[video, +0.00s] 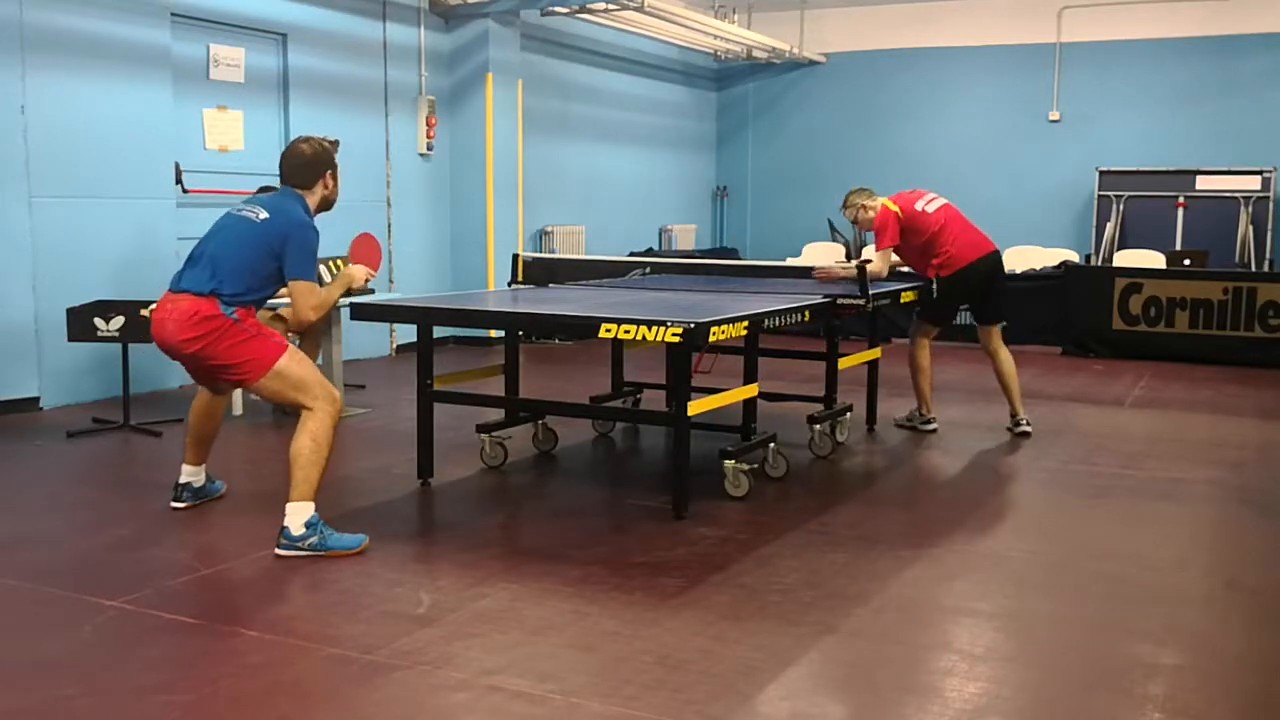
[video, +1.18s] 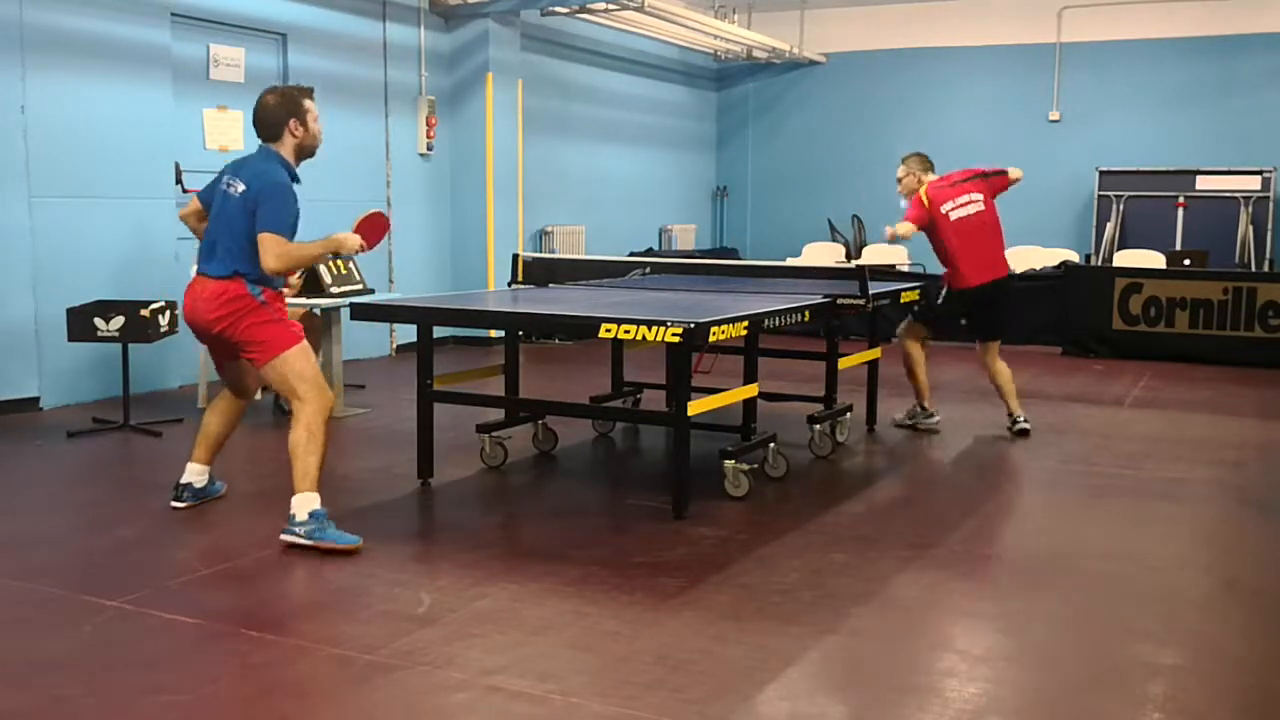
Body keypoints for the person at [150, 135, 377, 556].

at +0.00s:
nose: (338, 181)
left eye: (337, 173)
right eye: (337, 174)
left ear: (286, 177)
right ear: (325, 180)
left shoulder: (258, 202)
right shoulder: (298, 222)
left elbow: (234, 277)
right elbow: (305, 313)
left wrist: (274, 316)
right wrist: (347, 279)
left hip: (168, 315)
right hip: (207, 321)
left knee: (219, 382)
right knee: (323, 401)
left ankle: (190, 483)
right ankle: (300, 525)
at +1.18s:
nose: (320, 128)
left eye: (317, 119)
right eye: (315, 120)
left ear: (277, 130)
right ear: (295, 128)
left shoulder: (238, 167)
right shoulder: (276, 180)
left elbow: (191, 214)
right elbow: (274, 258)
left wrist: (233, 254)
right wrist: (331, 244)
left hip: (203, 297)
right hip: (239, 301)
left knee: (242, 386)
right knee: (314, 397)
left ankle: (193, 480)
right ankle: (306, 515)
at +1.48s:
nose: (337, 125)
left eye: (335, 116)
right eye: (331, 116)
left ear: (300, 123)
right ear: (307, 122)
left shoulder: (281, 162)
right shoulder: (280, 169)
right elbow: (250, 247)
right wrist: (316, 261)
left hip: (234, 290)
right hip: (251, 294)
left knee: (263, 381)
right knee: (341, 379)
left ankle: (201, 467)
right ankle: (310, 496)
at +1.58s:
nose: (344, 145)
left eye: (343, 135)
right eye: (339, 135)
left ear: (311, 141)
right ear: (313, 140)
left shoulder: (304, 186)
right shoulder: (272, 188)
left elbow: (291, 236)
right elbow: (221, 258)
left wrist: (334, 247)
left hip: (274, 298)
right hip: (248, 302)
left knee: (290, 364)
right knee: (342, 379)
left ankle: (219, 433)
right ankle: (313, 496)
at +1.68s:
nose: (348, 167)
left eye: (347, 158)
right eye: (342, 159)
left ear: (317, 165)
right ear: (316, 165)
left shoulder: (317, 205)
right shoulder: (265, 206)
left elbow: (334, 239)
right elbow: (194, 261)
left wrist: (373, 255)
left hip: (276, 308)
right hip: (243, 310)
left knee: (301, 384)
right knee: (330, 380)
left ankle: (263, 447)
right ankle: (311, 497)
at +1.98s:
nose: (346, 167)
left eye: (344, 159)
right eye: (338, 159)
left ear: (314, 165)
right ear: (308, 163)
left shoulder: (328, 207)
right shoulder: (258, 206)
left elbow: (351, 231)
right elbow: (207, 255)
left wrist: (379, 248)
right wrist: (193, 288)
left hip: (272, 299)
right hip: (234, 295)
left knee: (310, 368)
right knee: (281, 375)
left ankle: (265, 449)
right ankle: (290, 486)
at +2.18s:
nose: (325, 152)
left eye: (325, 144)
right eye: (318, 144)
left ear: (283, 149)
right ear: (289, 146)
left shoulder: (246, 181)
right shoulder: (297, 182)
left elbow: (254, 246)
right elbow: (337, 213)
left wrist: (305, 273)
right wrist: (330, 202)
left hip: (230, 300)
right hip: (274, 300)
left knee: (279, 357)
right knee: (304, 407)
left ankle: (263, 447)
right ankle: (267, 484)